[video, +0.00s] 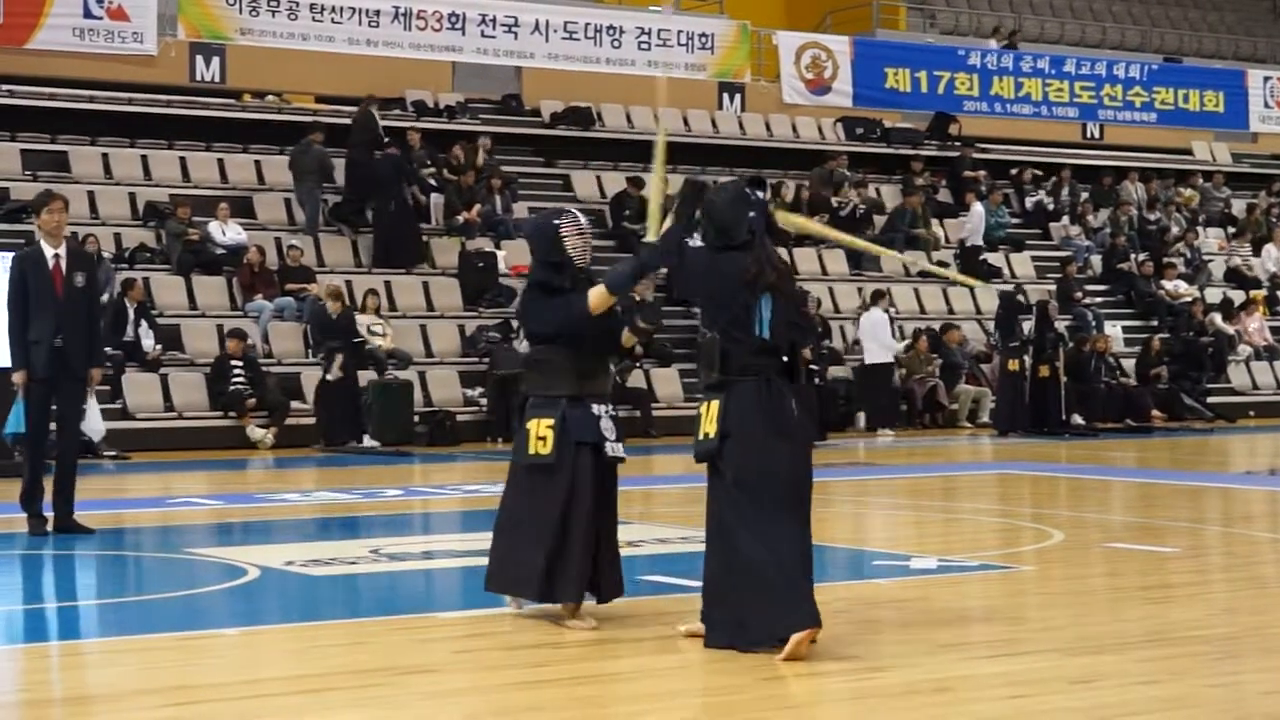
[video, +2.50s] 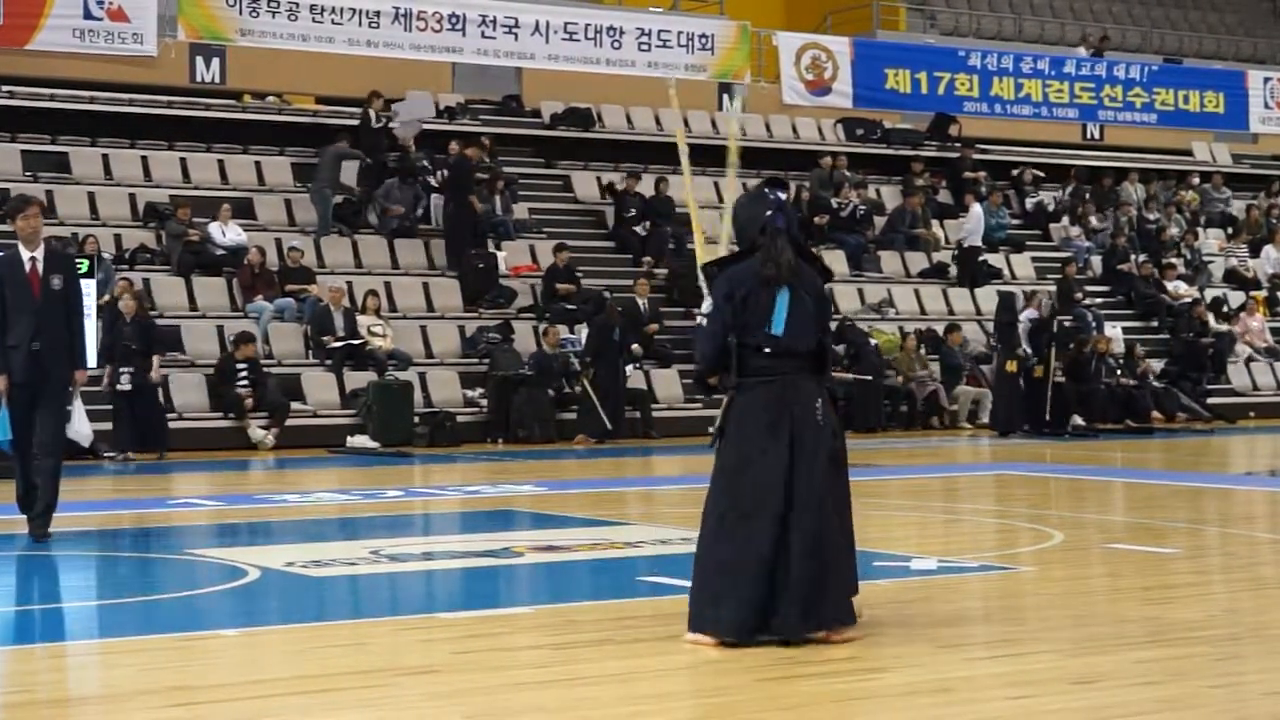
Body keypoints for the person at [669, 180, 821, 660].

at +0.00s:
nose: (705, 236)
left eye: (708, 227)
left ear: (714, 230)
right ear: (759, 226)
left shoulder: (712, 272)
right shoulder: (778, 276)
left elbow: (668, 256)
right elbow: (803, 335)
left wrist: (681, 214)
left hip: (738, 406)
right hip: (782, 406)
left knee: (740, 517)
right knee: (779, 516)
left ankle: (797, 616)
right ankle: (727, 617)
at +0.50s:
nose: (688, 240)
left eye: (692, 231)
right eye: (688, 231)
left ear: (707, 234)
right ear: (742, 229)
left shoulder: (713, 284)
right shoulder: (761, 277)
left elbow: (680, 352)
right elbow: (772, 343)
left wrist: (667, 370)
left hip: (730, 408)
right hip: (767, 404)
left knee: (707, 508)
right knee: (754, 505)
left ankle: (748, 609)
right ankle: (755, 604)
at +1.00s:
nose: (669, 244)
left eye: (673, 236)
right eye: (670, 236)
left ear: (685, 239)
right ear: (718, 234)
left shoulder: (687, 281)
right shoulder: (741, 278)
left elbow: (672, 362)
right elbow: (757, 346)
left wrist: (671, 387)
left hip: (711, 406)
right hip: (751, 403)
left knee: (688, 504)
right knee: (742, 505)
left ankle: (684, 614)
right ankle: (749, 605)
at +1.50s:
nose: (687, 242)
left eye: (691, 234)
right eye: (688, 234)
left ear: (705, 237)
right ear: (739, 233)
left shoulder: (706, 281)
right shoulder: (762, 279)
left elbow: (689, 354)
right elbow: (771, 346)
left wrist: (691, 385)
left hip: (731, 409)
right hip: (778, 406)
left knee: (695, 510)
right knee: (779, 506)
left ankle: (678, 620)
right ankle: (812, 606)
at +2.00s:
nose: (725, 240)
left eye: (728, 233)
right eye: (727, 232)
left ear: (740, 235)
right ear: (777, 231)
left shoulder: (739, 283)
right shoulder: (808, 280)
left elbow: (716, 359)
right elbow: (821, 352)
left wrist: (725, 383)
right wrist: (790, 378)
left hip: (761, 411)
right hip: (812, 409)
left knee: (735, 511)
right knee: (824, 510)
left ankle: (723, 616)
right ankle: (835, 613)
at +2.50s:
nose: (736, 236)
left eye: (738, 228)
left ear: (745, 231)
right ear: (787, 226)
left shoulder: (734, 279)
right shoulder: (812, 280)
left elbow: (709, 352)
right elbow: (821, 353)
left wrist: (723, 370)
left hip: (754, 407)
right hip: (809, 407)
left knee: (736, 510)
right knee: (816, 509)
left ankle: (716, 622)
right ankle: (825, 617)